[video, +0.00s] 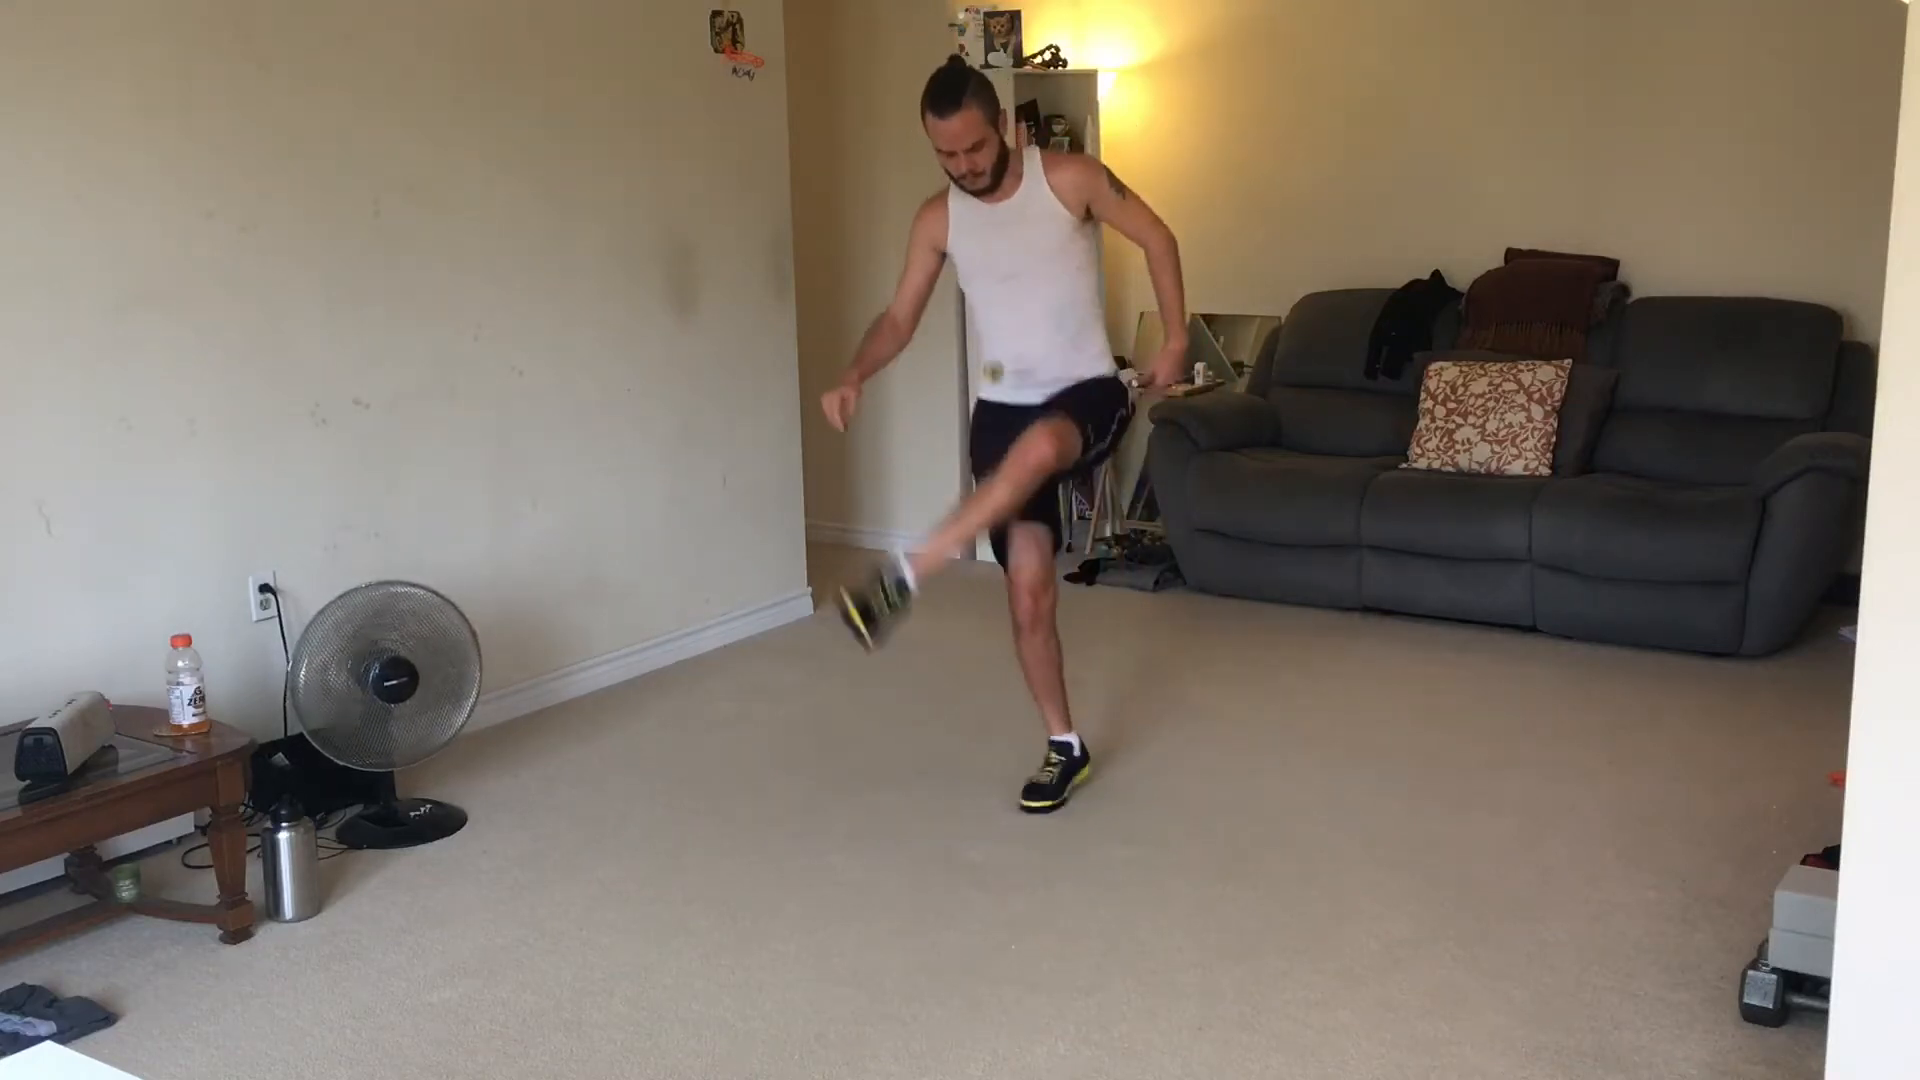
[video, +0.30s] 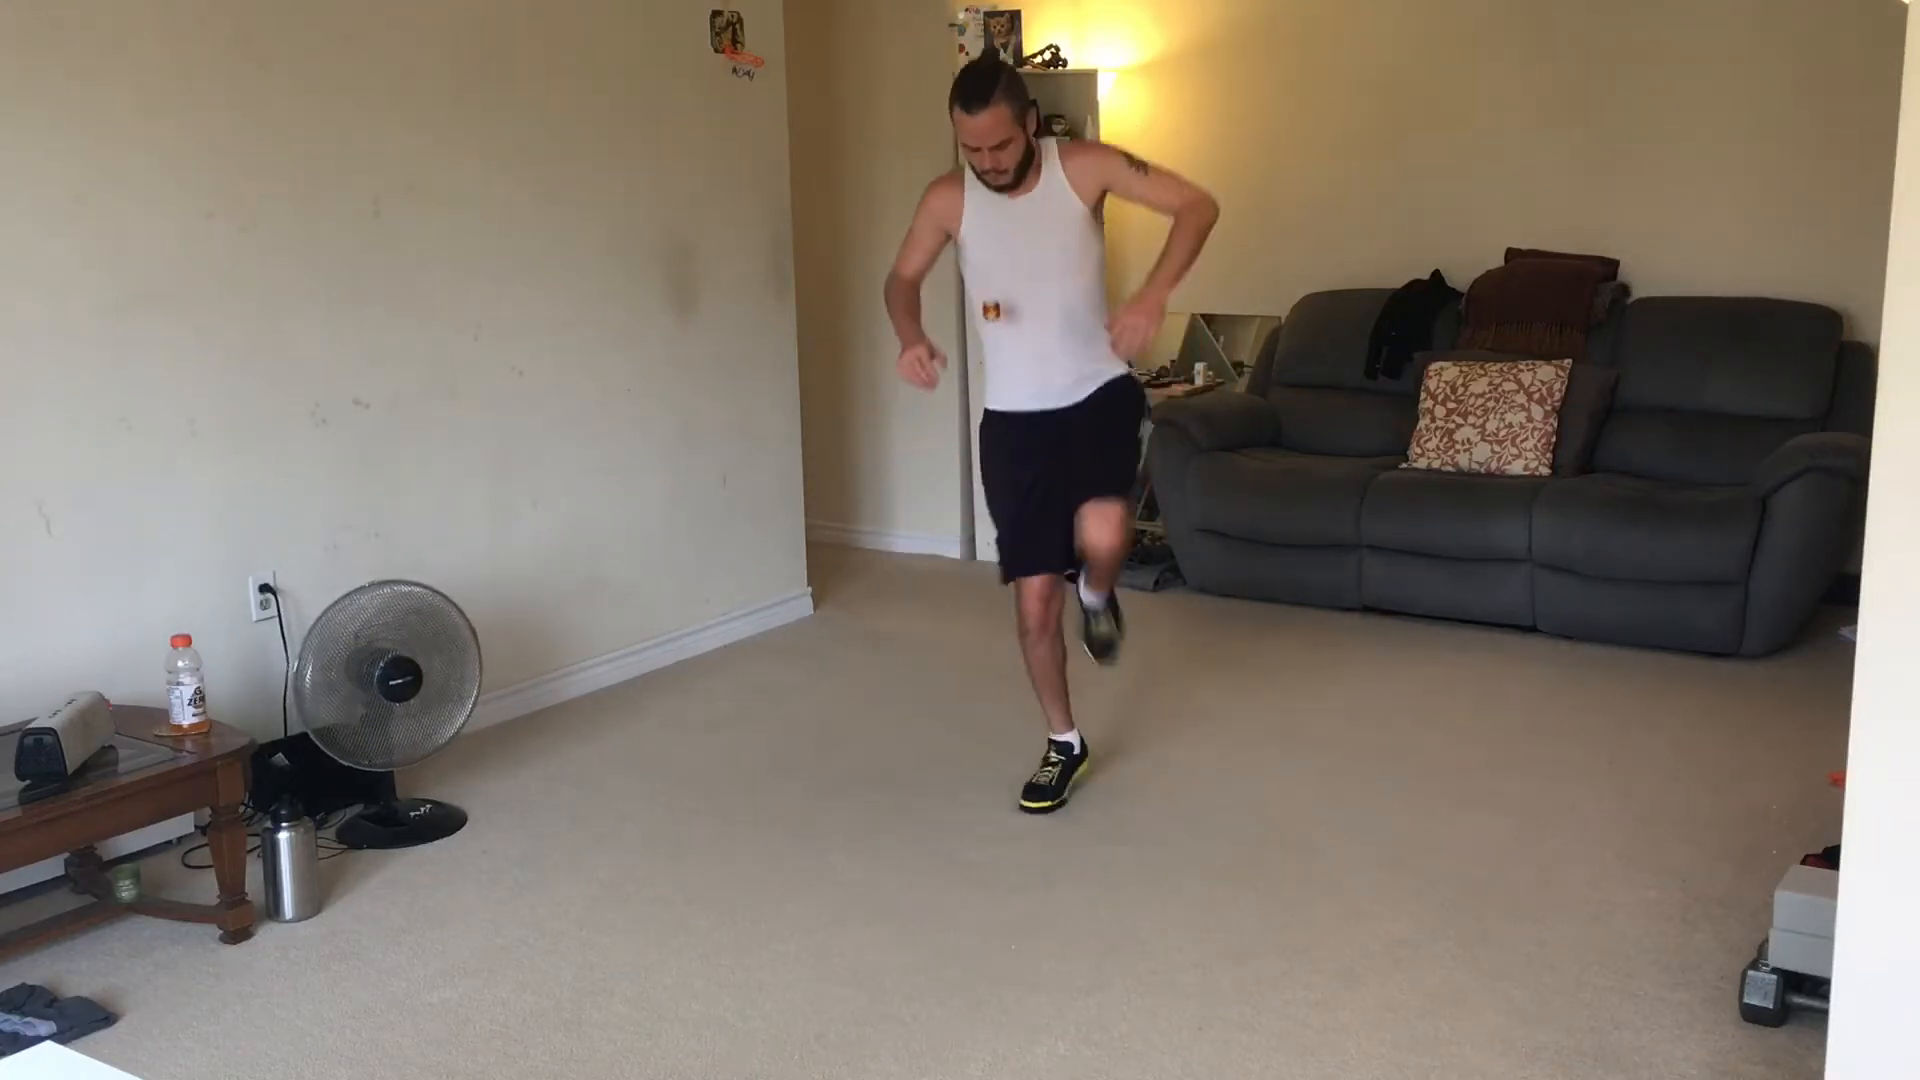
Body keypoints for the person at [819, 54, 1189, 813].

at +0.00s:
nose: (963, 166)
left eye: (975, 148)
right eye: (947, 154)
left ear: (1003, 123)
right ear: (932, 143)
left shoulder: (1071, 177)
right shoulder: (940, 218)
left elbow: (1159, 240)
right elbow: (899, 319)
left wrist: (1176, 339)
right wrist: (853, 376)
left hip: (1090, 389)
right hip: (1002, 406)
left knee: (1040, 448)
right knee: (1029, 594)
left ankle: (903, 579)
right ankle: (1064, 746)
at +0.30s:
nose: (986, 161)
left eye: (999, 146)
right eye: (973, 149)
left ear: (1030, 122)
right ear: (957, 134)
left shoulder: (1085, 166)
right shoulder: (948, 200)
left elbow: (1199, 207)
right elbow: (901, 281)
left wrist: (1151, 298)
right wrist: (912, 337)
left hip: (1099, 399)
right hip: (1013, 416)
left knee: (1105, 539)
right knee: (1037, 601)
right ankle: (1064, 741)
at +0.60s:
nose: (996, 257)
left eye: (1007, 243)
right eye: (983, 246)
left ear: (1038, 209)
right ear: (969, 224)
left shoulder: (1098, 212)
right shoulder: (965, 275)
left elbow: (1191, 236)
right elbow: (903, 363)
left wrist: (1161, 339)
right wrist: (889, 447)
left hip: (1127, 447)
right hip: (1041, 463)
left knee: (1186, 587)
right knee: (1084, 624)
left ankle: (1033, 629)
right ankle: (1093, 772)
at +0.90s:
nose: (1016, 241)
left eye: (1029, 227)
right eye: (1003, 228)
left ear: (1059, 198)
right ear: (986, 208)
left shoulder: (1107, 213)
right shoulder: (977, 269)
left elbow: (1207, 211)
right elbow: (906, 357)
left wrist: (1228, 266)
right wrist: (896, 450)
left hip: (1088, 460)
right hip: (1022, 467)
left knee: (1123, 633)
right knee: (1098, 635)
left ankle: (974, 731)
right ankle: (1093, 775)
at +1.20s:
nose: (949, 195)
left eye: (958, 177)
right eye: (932, 187)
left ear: (982, 150)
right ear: (913, 175)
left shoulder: (1043, 178)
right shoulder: (917, 246)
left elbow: (1150, 163)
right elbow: (843, 335)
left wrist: (1258, 161)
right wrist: (832, 392)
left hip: (1073, 428)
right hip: (991, 444)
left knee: (1127, 598)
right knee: (992, 626)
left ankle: (1009, 585)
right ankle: (930, 752)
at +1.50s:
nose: (1071, 313)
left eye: (1082, 305)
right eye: (1064, 302)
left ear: (1089, 271)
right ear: (1038, 266)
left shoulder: (1086, 254)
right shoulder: (967, 282)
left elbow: (1174, 269)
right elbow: (858, 347)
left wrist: (1256, 300)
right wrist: (797, 426)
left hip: (1046, 453)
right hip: (970, 462)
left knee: (1106, 611)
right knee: (1015, 632)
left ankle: (1057, 739)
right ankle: (934, 750)